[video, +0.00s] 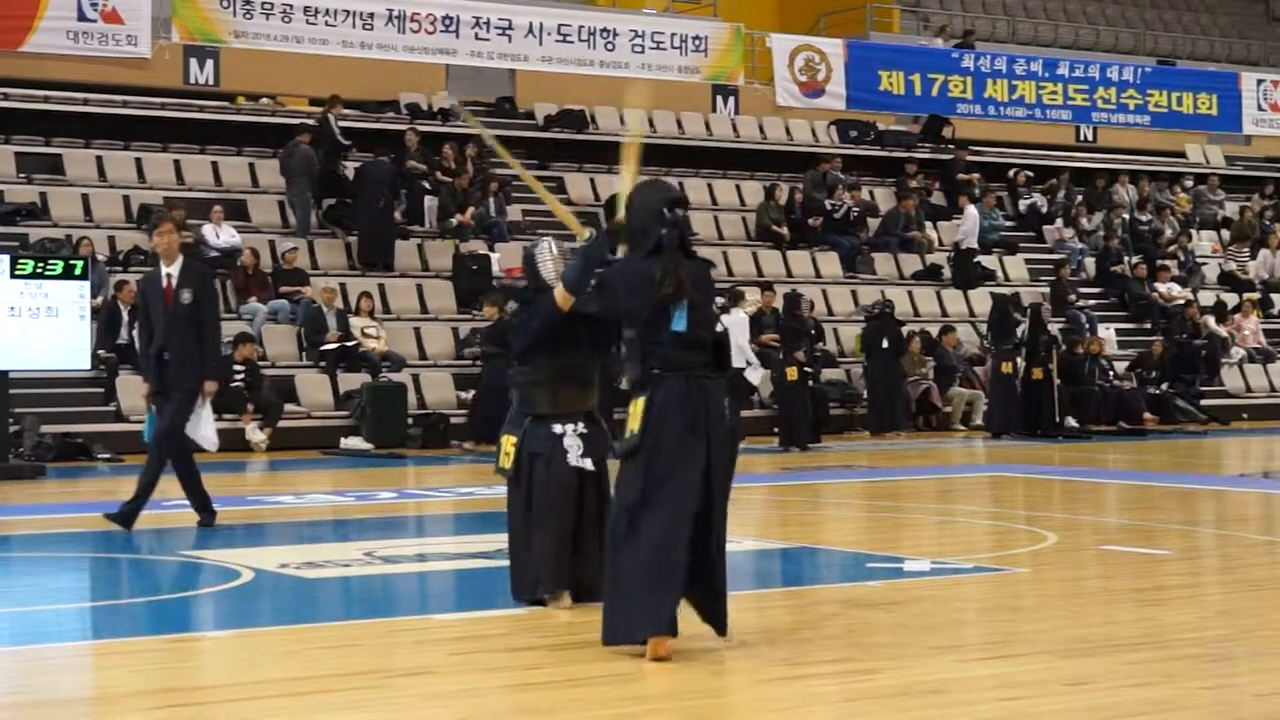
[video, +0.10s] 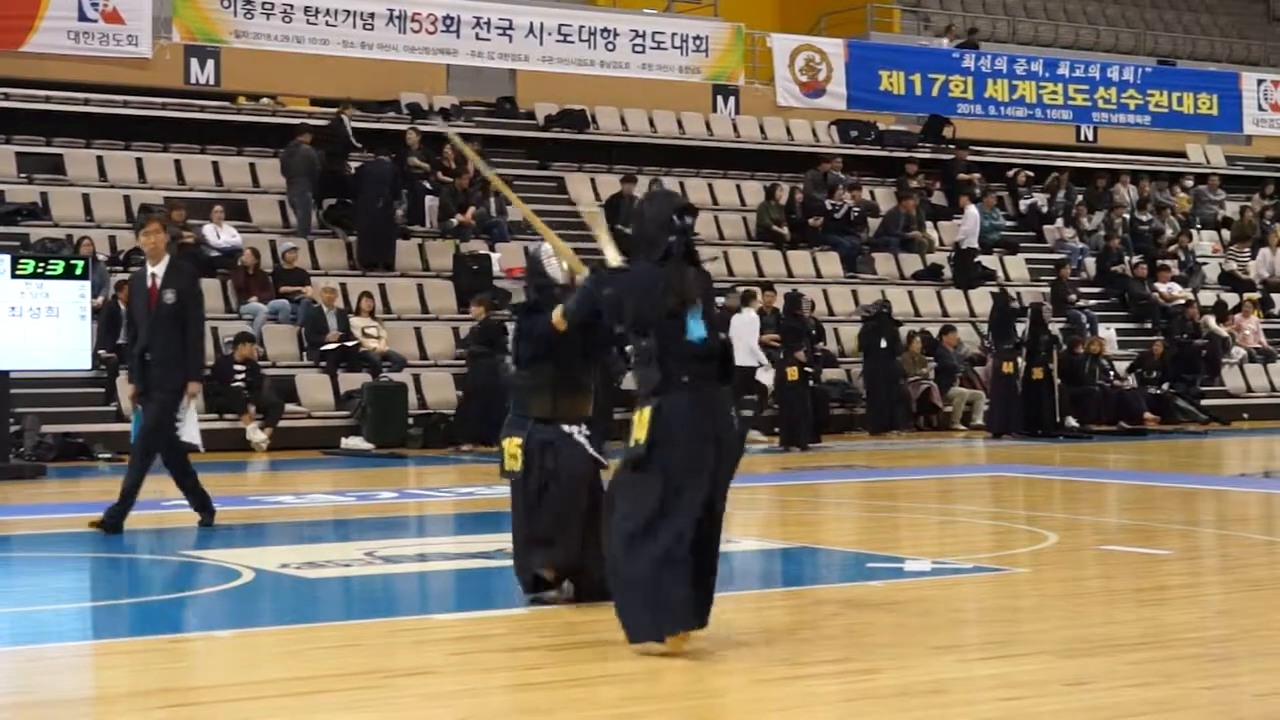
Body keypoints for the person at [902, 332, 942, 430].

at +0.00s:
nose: (919, 345)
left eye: (919, 343)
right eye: (916, 343)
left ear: (921, 344)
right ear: (909, 345)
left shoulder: (922, 359)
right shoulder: (905, 359)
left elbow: (927, 374)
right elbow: (908, 373)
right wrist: (921, 371)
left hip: (922, 382)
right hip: (909, 384)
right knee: (927, 388)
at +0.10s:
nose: (919, 345)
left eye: (920, 343)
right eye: (916, 343)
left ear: (921, 344)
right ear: (910, 344)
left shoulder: (923, 359)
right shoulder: (905, 357)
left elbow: (927, 373)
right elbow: (909, 373)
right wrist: (922, 371)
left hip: (923, 381)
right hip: (910, 383)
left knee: (931, 388)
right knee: (928, 387)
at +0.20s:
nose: (920, 345)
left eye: (920, 343)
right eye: (917, 343)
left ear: (921, 344)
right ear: (910, 345)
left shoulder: (923, 359)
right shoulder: (905, 358)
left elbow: (927, 371)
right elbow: (904, 372)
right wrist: (921, 371)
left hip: (922, 381)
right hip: (909, 382)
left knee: (929, 389)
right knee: (929, 387)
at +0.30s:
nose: (921, 346)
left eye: (921, 343)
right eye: (918, 343)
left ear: (923, 344)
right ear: (911, 345)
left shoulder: (925, 359)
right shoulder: (905, 358)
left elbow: (931, 374)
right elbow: (907, 372)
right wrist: (922, 371)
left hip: (924, 382)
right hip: (910, 383)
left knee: (929, 389)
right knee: (930, 387)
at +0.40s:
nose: (922, 346)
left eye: (922, 343)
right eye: (919, 343)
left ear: (924, 344)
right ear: (912, 345)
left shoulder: (925, 359)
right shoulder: (905, 358)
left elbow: (930, 373)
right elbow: (904, 371)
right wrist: (922, 371)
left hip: (924, 381)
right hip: (910, 382)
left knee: (930, 388)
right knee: (929, 388)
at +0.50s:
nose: (924, 345)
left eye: (924, 342)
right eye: (921, 342)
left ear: (925, 344)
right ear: (913, 344)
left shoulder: (926, 358)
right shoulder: (908, 357)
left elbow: (930, 372)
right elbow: (909, 371)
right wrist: (924, 371)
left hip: (925, 380)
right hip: (912, 382)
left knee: (933, 387)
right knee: (929, 388)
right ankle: (922, 418)